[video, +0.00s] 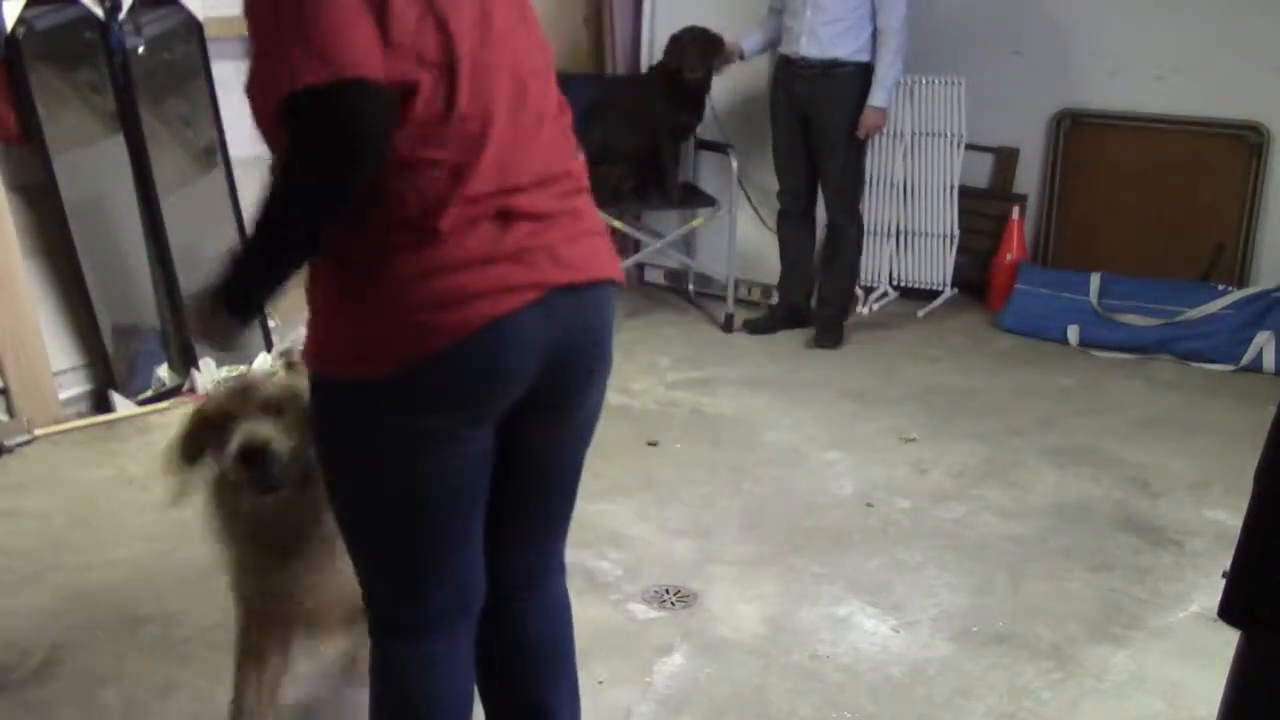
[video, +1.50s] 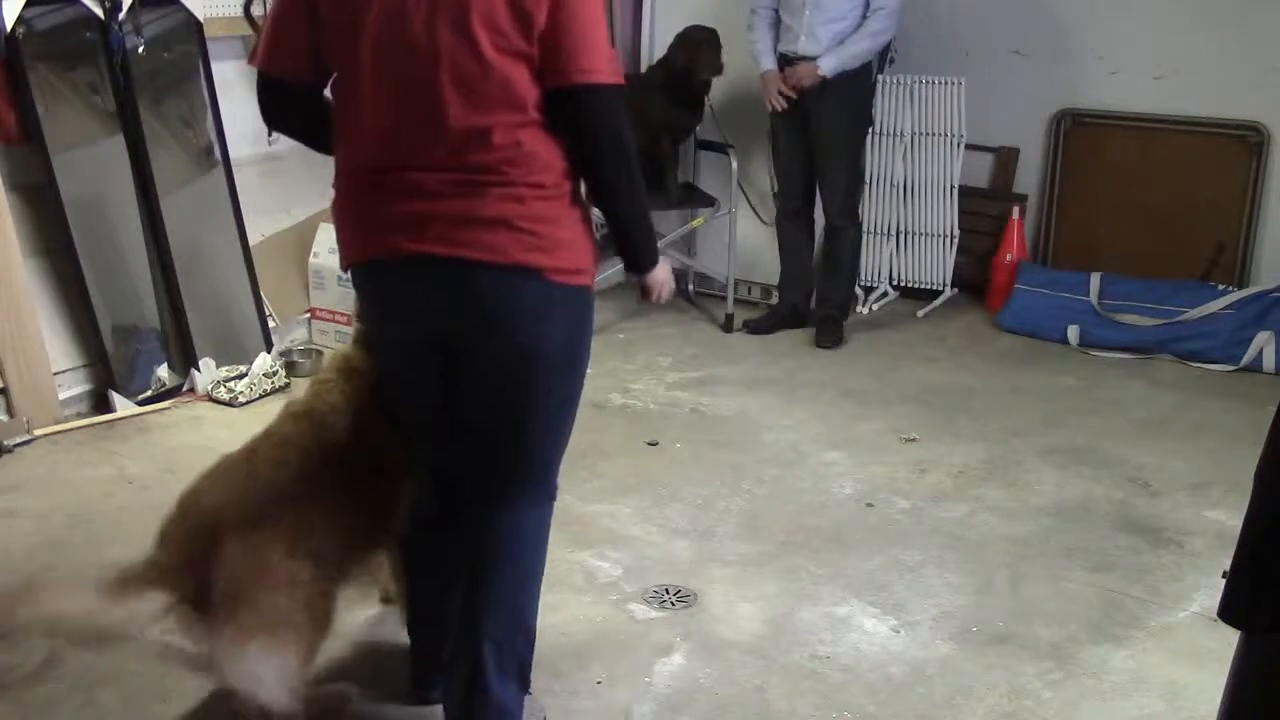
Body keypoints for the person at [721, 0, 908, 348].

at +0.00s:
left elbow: (892, 29)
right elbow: (780, 19)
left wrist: (878, 101)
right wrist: (740, 48)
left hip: (844, 80)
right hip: (789, 77)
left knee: (842, 209)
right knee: (793, 203)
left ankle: (831, 317)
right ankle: (792, 306)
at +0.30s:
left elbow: (891, 31)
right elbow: (777, 20)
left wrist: (878, 103)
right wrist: (738, 50)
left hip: (843, 79)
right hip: (788, 76)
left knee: (841, 208)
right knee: (792, 202)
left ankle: (831, 317)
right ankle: (792, 305)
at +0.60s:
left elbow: (892, 31)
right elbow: (778, 19)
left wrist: (878, 104)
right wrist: (740, 51)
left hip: (844, 80)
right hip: (788, 76)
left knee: (839, 208)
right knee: (791, 201)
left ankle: (831, 317)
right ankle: (792, 305)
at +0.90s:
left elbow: (889, 29)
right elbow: (777, 17)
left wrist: (860, 99)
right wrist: (741, 49)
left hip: (840, 82)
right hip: (786, 76)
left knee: (840, 208)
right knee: (791, 202)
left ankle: (830, 315)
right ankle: (792, 305)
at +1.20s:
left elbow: (885, 34)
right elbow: (769, 11)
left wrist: (845, 92)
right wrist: (754, 62)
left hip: (842, 82)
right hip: (787, 76)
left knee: (839, 208)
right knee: (791, 203)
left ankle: (831, 315)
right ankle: (792, 306)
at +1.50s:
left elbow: (884, 23)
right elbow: (763, 11)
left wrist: (821, 66)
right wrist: (767, 68)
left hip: (844, 78)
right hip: (787, 75)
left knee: (839, 206)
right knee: (791, 203)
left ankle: (831, 313)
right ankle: (792, 305)